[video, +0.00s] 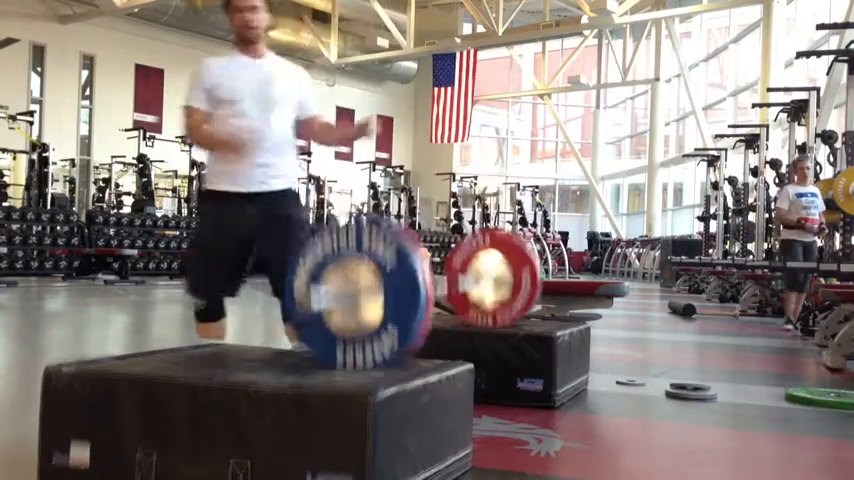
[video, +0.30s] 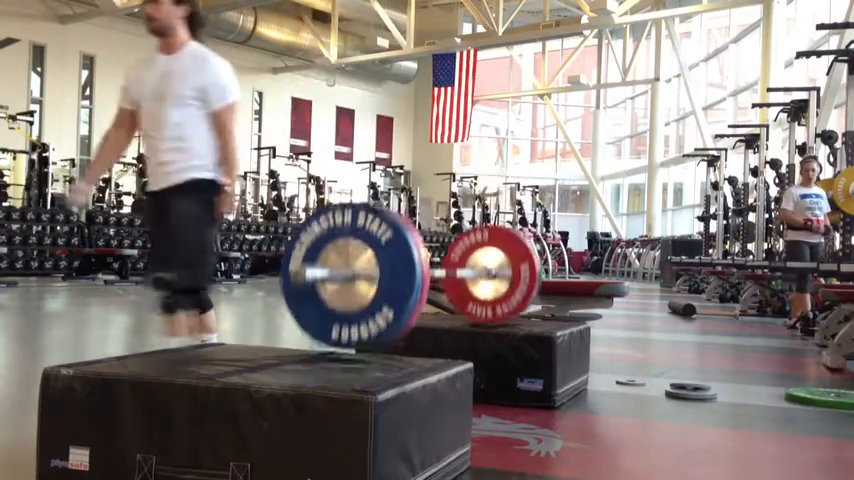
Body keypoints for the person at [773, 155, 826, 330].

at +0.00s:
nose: (805, 172)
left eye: (807, 168)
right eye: (801, 169)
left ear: (811, 170)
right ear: (795, 171)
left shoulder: (815, 190)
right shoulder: (787, 190)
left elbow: (820, 213)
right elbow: (779, 216)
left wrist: (822, 224)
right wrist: (800, 223)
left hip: (810, 239)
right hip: (792, 238)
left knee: (805, 278)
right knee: (794, 277)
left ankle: (796, 317)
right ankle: (789, 317)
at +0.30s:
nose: (810, 173)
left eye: (813, 170)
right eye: (807, 170)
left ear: (818, 172)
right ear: (801, 171)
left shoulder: (820, 192)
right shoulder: (792, 191)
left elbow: (825, 215)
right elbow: (784, 215)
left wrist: (827, 226)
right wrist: (806, 225)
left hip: (816, 240)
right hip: (798, 238)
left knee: (806, 277)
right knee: (804, 275)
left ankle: (794, 315)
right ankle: (807, 316)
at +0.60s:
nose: (810, 172)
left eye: (813, 169)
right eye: (806, 169)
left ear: (819, 171)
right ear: (802, 170)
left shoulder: (824, 191)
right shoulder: (795, 190)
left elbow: (829, 213)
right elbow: (789, 214)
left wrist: (830, 223)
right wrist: (811, 222)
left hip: (822, 239)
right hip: (802, 238)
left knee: (822, 277)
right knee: (807, 277)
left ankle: (816, 313)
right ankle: (807, 317)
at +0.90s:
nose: (809, 171)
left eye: (812, 168)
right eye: (806, 168)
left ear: (819, 170)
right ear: (802, 170)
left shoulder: (826, 190)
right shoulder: (796, 190)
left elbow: (831, 213)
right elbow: (790, 215)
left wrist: (834, 224)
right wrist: (814, 223)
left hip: (825, 238)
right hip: (805, 238)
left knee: (831, 276)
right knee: (807, 278)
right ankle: (809, 318)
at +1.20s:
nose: (810, 171)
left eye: (814, 168)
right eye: (807, 168)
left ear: (821, 169)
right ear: (803, 170)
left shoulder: (828, 189)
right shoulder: (797, 189)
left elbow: (835, 212)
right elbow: (787, 209)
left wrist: (838, 223)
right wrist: (803, 220)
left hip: (828, 238)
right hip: (807, 238)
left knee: (831, 276)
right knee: (808, 278)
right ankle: (809, 318)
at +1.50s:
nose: (816, 171)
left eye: (819, 167)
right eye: (813, 167)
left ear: (825, 169)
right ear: (809, 169)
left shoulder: (833, 188)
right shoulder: (800, 188)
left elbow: (839, 209)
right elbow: (781, 206)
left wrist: (841, 221)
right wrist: (798, 216)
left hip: (831, 238)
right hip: (809, 238)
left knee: (833, 277)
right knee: (809, 277)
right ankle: (809, 318)